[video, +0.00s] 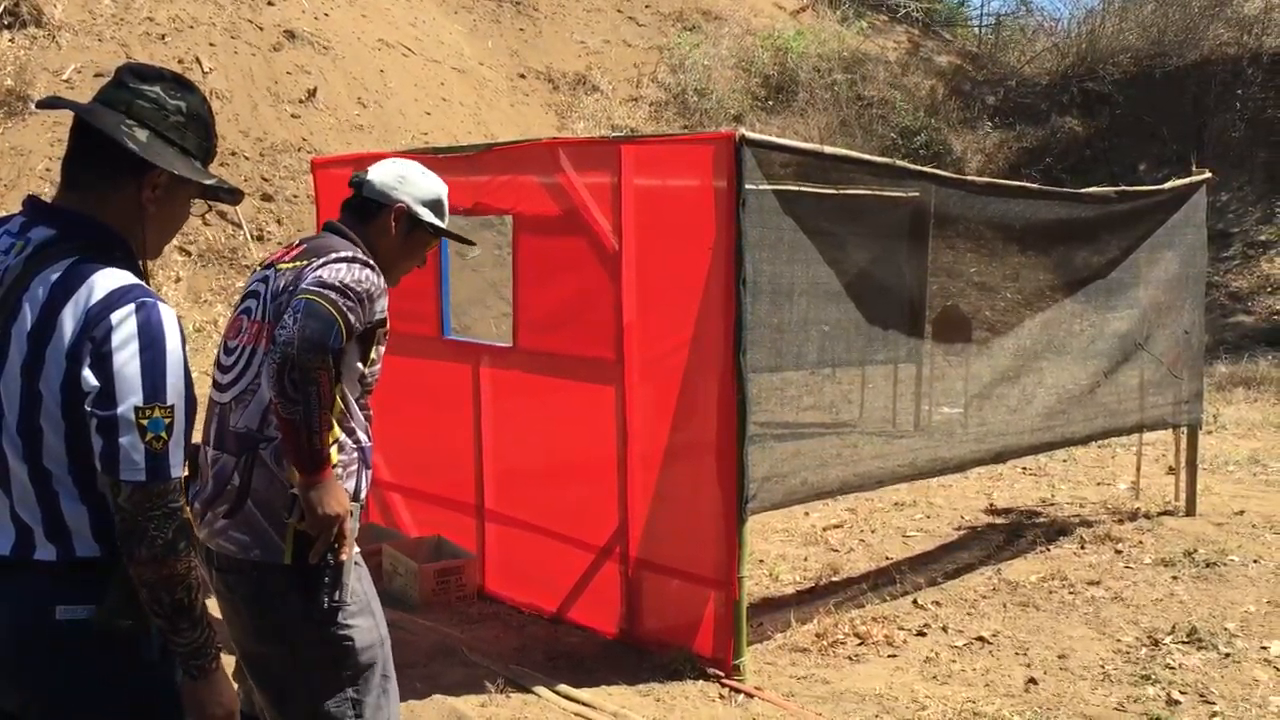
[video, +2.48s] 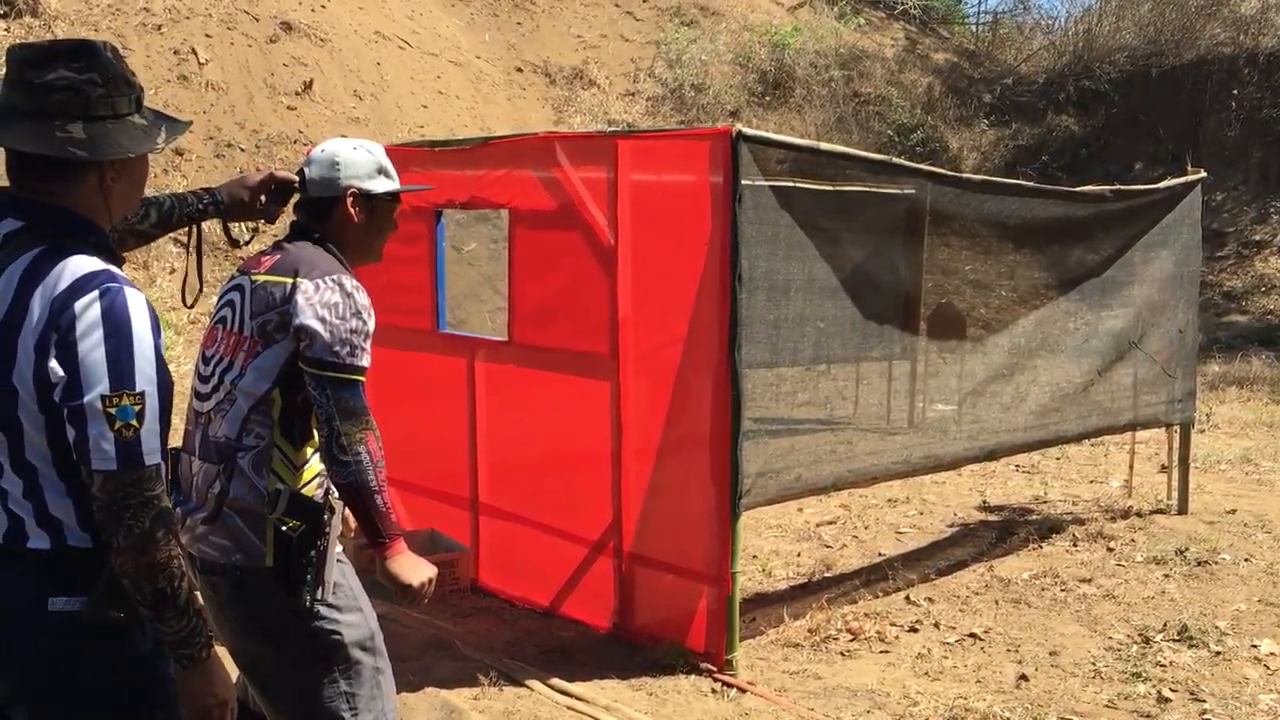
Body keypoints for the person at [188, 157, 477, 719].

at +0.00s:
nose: (425, 261)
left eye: (432, 247)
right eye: (427, 243)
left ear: (362, 214)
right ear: (393, 221)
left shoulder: (283, 263)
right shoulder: (353, 271)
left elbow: (234, 387)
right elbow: (301, 353)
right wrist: (317, 476)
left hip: (240, 539)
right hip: (296, 545)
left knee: (282, 702)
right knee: (358, 701)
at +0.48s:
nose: (412, 245)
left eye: (419, 231)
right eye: (413, 227)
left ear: (344, 201)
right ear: (377, 210)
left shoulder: (271, 256)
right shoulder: (340, 257)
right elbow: (291, 320)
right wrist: (334, 443)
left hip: (237, 529)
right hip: (291, 537)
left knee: (272, 695)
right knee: (356, 702)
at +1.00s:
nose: (383, 202)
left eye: (383, 187)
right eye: (375, 186)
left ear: (322, 184)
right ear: (335, 185)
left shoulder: (245, 251)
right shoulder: (322, 274)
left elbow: (239, 398)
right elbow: (350, 419)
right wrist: (400, 531)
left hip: (221, 528)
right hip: (283, 539)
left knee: (262, 698)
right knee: (343, 702)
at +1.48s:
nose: (391, 213)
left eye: (392, 198)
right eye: (386, 197)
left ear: (315, 194)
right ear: (349, 199)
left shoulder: (248, 262)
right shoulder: (328, 285)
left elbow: (247, 406)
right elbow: (342, 433)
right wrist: (392, 545)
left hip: (211, 527)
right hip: (272, 541)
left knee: (264, 692)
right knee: (350, 700)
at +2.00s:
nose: (390, 224)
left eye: (391, 209)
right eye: (386, 208)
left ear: (316, 203)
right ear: (348, 208)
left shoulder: (254, 267)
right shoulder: (325, 291)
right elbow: (338, 438)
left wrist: (314, 517)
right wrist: (385, 552)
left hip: (208, 531)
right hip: (268, 545)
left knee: (268, 683)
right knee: (354, 700)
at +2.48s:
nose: (399, 222)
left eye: (399, 208)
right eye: (393, 207)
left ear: (331, 204)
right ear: (353, 208)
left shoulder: (259, 267)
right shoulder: (332, 288)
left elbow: (268, 407)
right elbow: (347, 435)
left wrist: (329, 497)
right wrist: (395, 547)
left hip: (218, 533)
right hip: (276, 544)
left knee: (277, 695)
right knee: (359, 699)